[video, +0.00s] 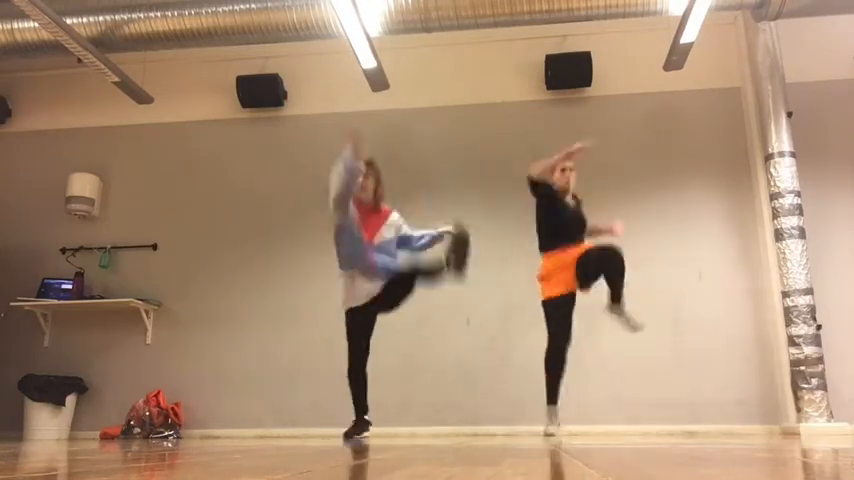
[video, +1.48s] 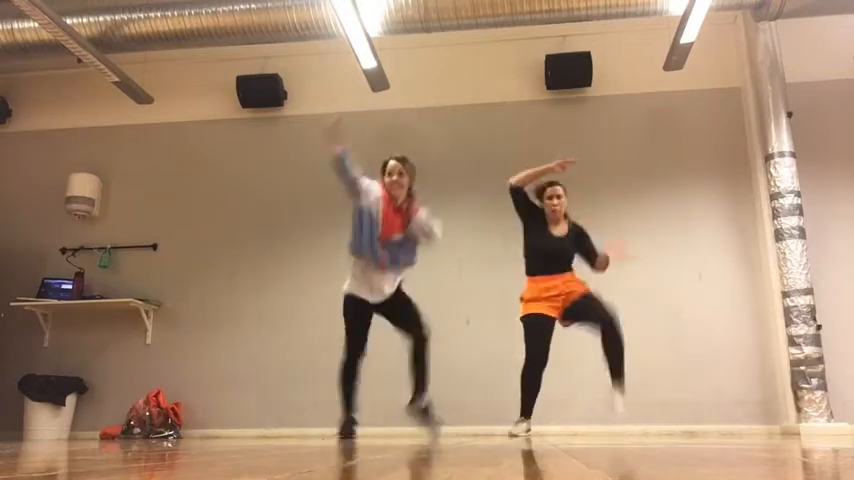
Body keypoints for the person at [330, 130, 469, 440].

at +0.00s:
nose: (363, 184)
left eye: (368, 178)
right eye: (359, 179)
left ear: (378, 184)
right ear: (351, 184)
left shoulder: (389, 219)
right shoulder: (345, 218)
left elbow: (411, 241)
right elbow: (339, 190)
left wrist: (442, 234)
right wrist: (350, 157)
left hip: (384, 293)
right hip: (357, 298)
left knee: (412, 269)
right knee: (357, 363)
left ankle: (447, 264)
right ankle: (361, 418)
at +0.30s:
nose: (378, 163)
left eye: (384, 159)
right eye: (374, 159)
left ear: (395, 163)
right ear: (369, 163)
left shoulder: (406, 190)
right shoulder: (360, 189)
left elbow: (430, 169)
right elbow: (344, 217)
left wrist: (412, 151)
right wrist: (325, 225)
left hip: (385, 268)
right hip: (356, 261)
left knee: (399, 298)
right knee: (359, 243)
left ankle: (397, 367)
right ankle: (359, 293)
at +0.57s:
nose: (374, 174)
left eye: (380, 169)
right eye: (370, 170)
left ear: (393, 174)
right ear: (365, 174)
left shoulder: (410, 198)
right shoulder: (358, 198)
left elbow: (441, 201)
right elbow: (335, 184)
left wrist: (467, 195)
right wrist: (331, 156)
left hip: (407, 290)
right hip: (377, 284)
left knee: (396, 355)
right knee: (330, 300)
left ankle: (391, 420)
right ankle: (280, 329)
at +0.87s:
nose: (380, 178)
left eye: (385, 172)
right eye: (376, 173)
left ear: (396, 176)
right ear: (370, 178)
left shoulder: (411, 203)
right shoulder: (364, 211)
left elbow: (404, 218)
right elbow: (335, 218)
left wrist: (387, 190)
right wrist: (332, 191)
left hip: (404, 295)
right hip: (373, 290)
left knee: (399, 359)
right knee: (340, 304)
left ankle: (397, 417)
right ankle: (336, 365)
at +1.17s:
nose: (380, 160)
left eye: (386, 155)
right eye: (376, 154)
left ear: (396, 159)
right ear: (368, 157)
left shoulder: (408, 178)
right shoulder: (358, 183)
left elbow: (435, 168)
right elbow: (348, 215)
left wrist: (455, 148)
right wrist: (368, 231)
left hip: (402, 258)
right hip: (372, 266)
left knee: (400, 257)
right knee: (335, 310)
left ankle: (439, 299)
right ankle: (352, 368)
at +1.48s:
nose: (394, 179)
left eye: (400, 174)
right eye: (389, 174)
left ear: (410, 179)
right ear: (383, 178)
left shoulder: (414, 212)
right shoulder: (370, 194)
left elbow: (432, 237)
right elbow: (350, 178)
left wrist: (419, 220)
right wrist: (340, 155)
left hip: (390, 291)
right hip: (359, 291)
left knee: (420, 333)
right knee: (353, 353)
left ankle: (420, 401)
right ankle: (348, 418)